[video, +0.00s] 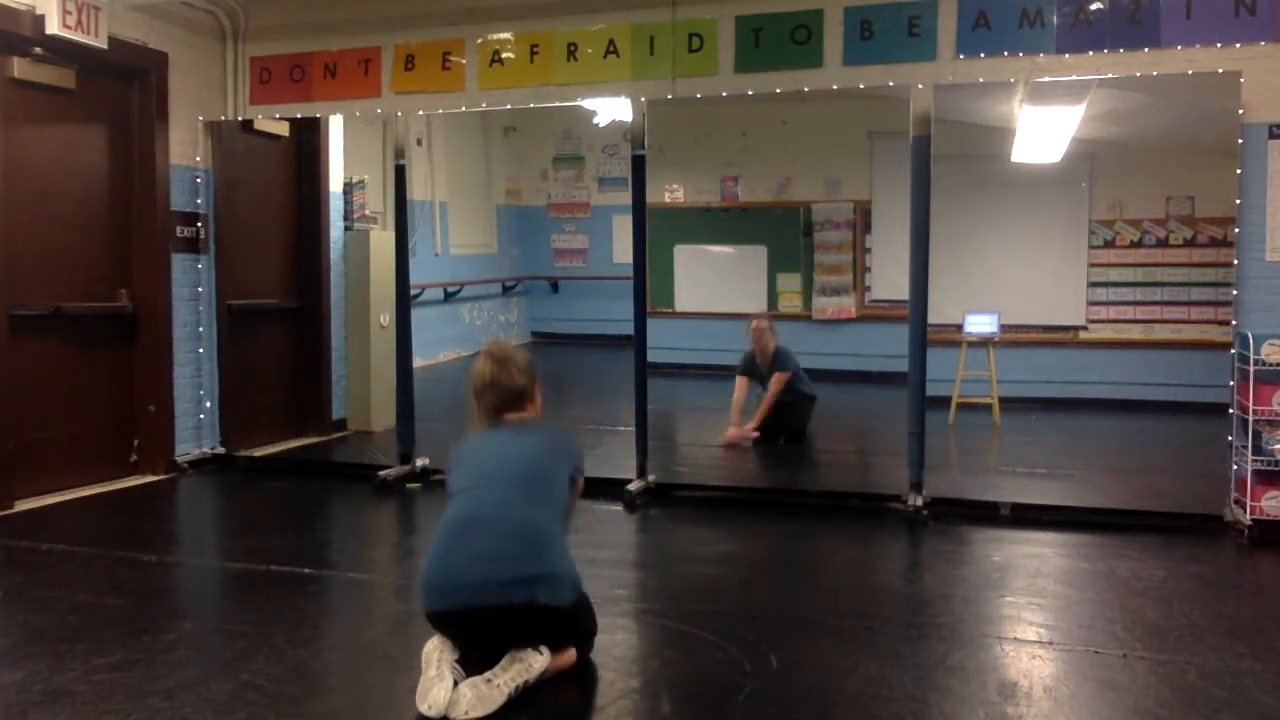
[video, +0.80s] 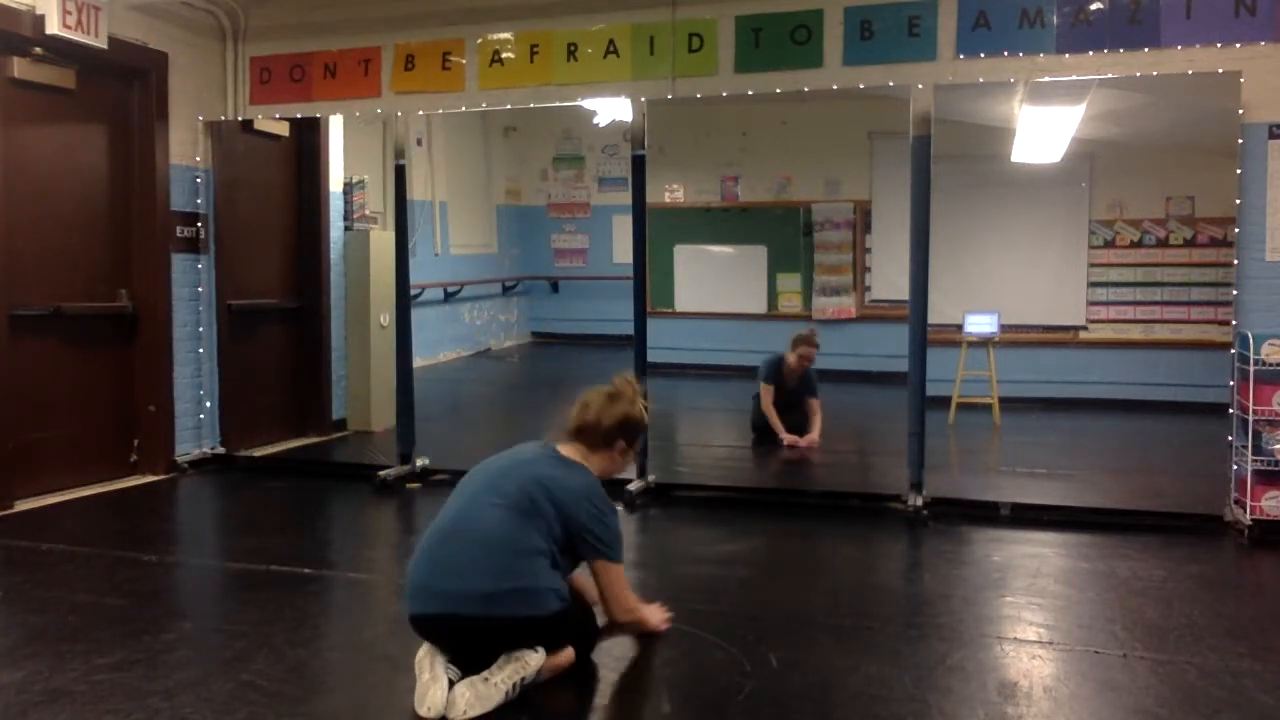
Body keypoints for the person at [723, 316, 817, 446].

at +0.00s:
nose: (758, 336)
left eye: (763, 332)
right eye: (755, 332)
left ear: (771, 335)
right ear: (750, 335)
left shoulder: (783, 357)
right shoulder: (748, 359)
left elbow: (772, 394)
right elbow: (739, 393)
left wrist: (753, 424)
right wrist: (734, 426)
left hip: (801, 398)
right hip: (776, 397)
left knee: (794, 439)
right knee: (763, 439)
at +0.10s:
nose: (764, 325)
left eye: (769, 320)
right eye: (760, 320)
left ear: (776, 324)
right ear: (754, 325)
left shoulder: (787, 350)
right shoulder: (749, 354)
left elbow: (795, 387)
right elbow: (743, 388)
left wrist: (770, 416)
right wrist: (745, 415)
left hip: (789, 397)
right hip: (766, 399)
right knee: (760, 438)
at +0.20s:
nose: (768, 322)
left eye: (773, 318)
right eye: (764, 317)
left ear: (779, 322)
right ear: (758, 321)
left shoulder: (790, 349)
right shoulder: (751, 351)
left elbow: (811, 382)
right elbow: (746, 383)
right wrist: (756, 399)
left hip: (794, 403)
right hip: (766, 404)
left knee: (793, 441)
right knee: (761, 441)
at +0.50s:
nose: (786, 332)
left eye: (790, 328)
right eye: (782, 327)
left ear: (795, 329)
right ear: (774, 325)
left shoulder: (801, 353)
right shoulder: (759, 350)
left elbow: (815, 377)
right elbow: (750, 377)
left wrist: (800, 395)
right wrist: (767, 395)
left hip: (794, 406)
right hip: (768, 404)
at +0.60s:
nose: (793, 341)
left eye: (798, 337)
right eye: (789, 335)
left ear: (802, 337)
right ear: (781, 331)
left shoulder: (805, 361)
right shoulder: (764, 354)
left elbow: (817, 387)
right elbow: (751, 383)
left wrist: (802, 403)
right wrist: (771, 405)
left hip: (795, 414)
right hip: (768, 412)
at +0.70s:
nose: (800, 350)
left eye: (805, 346)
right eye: (796, 345)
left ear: (809, 346)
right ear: (787, 340)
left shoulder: (807, 367)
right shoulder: (768, 359)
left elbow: (816, 401)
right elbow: (756, 392)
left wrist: (805, 419)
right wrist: (776, 419)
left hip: (797, 427)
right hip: (766, 425)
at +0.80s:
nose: (805, 364)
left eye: (809, 360)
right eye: (801, 358)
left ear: (814, 359)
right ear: (792, 352)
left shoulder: (808, 374)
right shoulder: (771, 366)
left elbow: (815, 410)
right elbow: (766, 404)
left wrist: (814, 434)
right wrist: (783, 435)